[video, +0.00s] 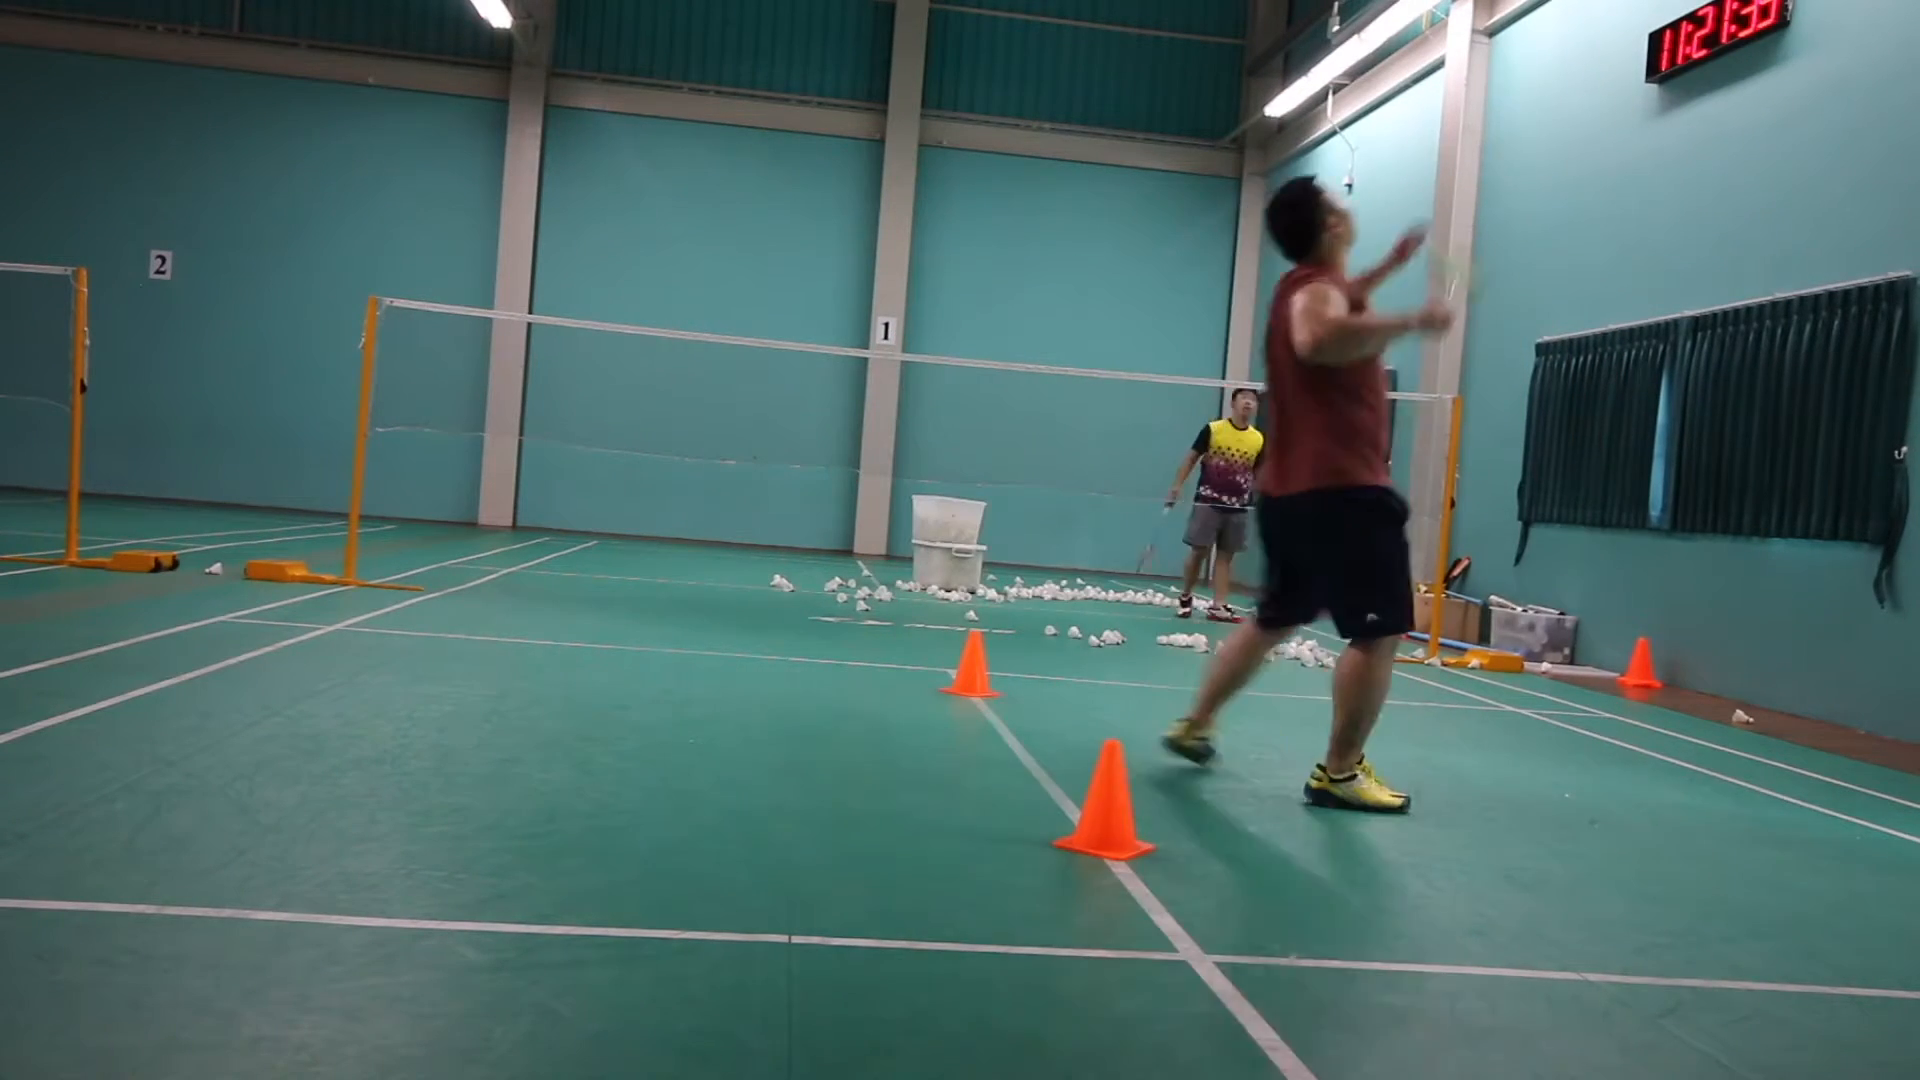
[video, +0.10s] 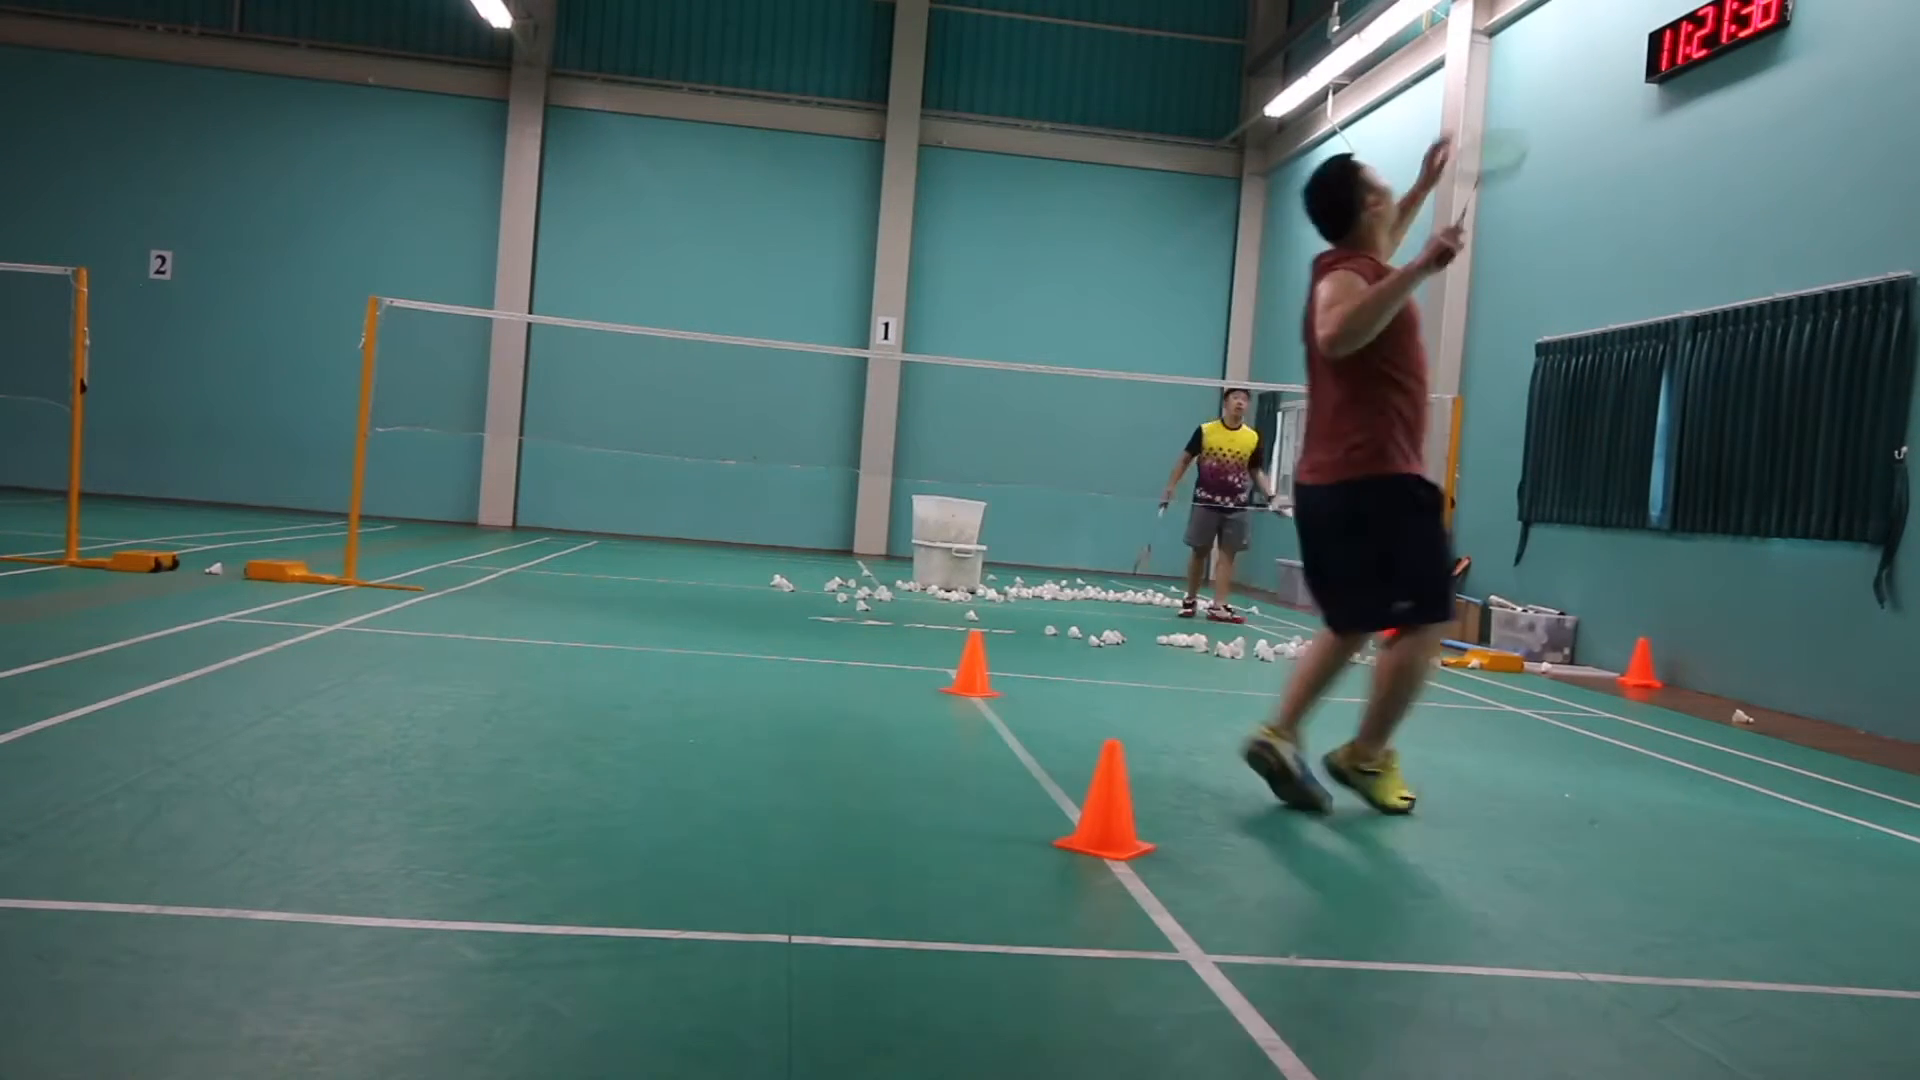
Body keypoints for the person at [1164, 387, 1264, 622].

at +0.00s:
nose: (1248, 403)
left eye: (1252, 400)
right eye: (1244, 398)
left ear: (1256, 407)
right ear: (1233, 403)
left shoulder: (1258, 439)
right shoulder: (1212, 429)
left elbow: (1259, 471)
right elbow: (1192, 458)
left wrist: (1265, 492)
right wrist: (1177, 485)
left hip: (1237, 506)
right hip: (1208, 502)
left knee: (1225, 556)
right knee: (1199, 552)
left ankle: (1219, 604)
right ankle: (1186, 596)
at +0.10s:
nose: (1240, 403)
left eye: (1244, 400)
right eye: (1236, 398)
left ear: (1248, 406)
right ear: (1225, 403)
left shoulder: (1253, 437)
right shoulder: (1205, 431)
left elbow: (1256, 469)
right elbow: (1185, 460)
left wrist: (1269, 491)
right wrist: (1171, 488)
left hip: (1236, 506)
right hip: (1206, 503)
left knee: (1227, 555)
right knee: (1199, 552)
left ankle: (1219, 604)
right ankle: (1190, 599)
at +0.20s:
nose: (1230, 404)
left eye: (1234, 400)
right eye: (1226, 399)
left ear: (1239, 405)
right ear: (1216, 404)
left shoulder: (1246, 436)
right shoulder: (1198, 434)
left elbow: (1251, 467)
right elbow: (1181, 465)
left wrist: (1258, 492)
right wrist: (1169, 496)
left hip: (1235, 507)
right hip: (1204, 505)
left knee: (1239, 550)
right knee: (1199, 553)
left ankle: (1228, 603)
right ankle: (1190, 599)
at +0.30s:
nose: (1228, 404)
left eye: (1232, 401)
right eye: (1223, 400)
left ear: (1237, 406)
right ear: (1214, 404)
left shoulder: (1245, 436)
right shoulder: (1197, 434)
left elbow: (1249, 466)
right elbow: (1183, 465)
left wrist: (1254, 490)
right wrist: (1175, 494)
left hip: (1234, 505)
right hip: (1204, 504)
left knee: (1244, 551)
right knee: (1199, 553)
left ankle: (1248, 603)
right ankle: (1190, 600)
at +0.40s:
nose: (1233, 406)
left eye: (1237, 402)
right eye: (1228, 402)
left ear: (1242, 407)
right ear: (1219, 406)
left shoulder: (1252, 437)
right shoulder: (1203, 436)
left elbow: (1256, 468)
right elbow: (1190, 466)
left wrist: (1259, 494)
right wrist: (1184, 494)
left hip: (1239, 508)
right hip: (1207, 505)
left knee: (1247, 556)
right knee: (1201, 554)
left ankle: (1256, 606)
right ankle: (1190, 600)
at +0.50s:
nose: (1242, 407)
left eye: (1246, 403)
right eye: (1238, 402)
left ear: (1250, 408)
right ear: (1228, 406)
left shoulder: (1261, 438)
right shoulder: (1212, 437)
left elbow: (1265, 470)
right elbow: (1198, 467)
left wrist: (1269, 497)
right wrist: (1193, 494)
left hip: (1248, 509)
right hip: (1216, 506)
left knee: (1254, 558)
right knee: (1204, 555)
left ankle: (1258, 607)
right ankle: (1191, 600)